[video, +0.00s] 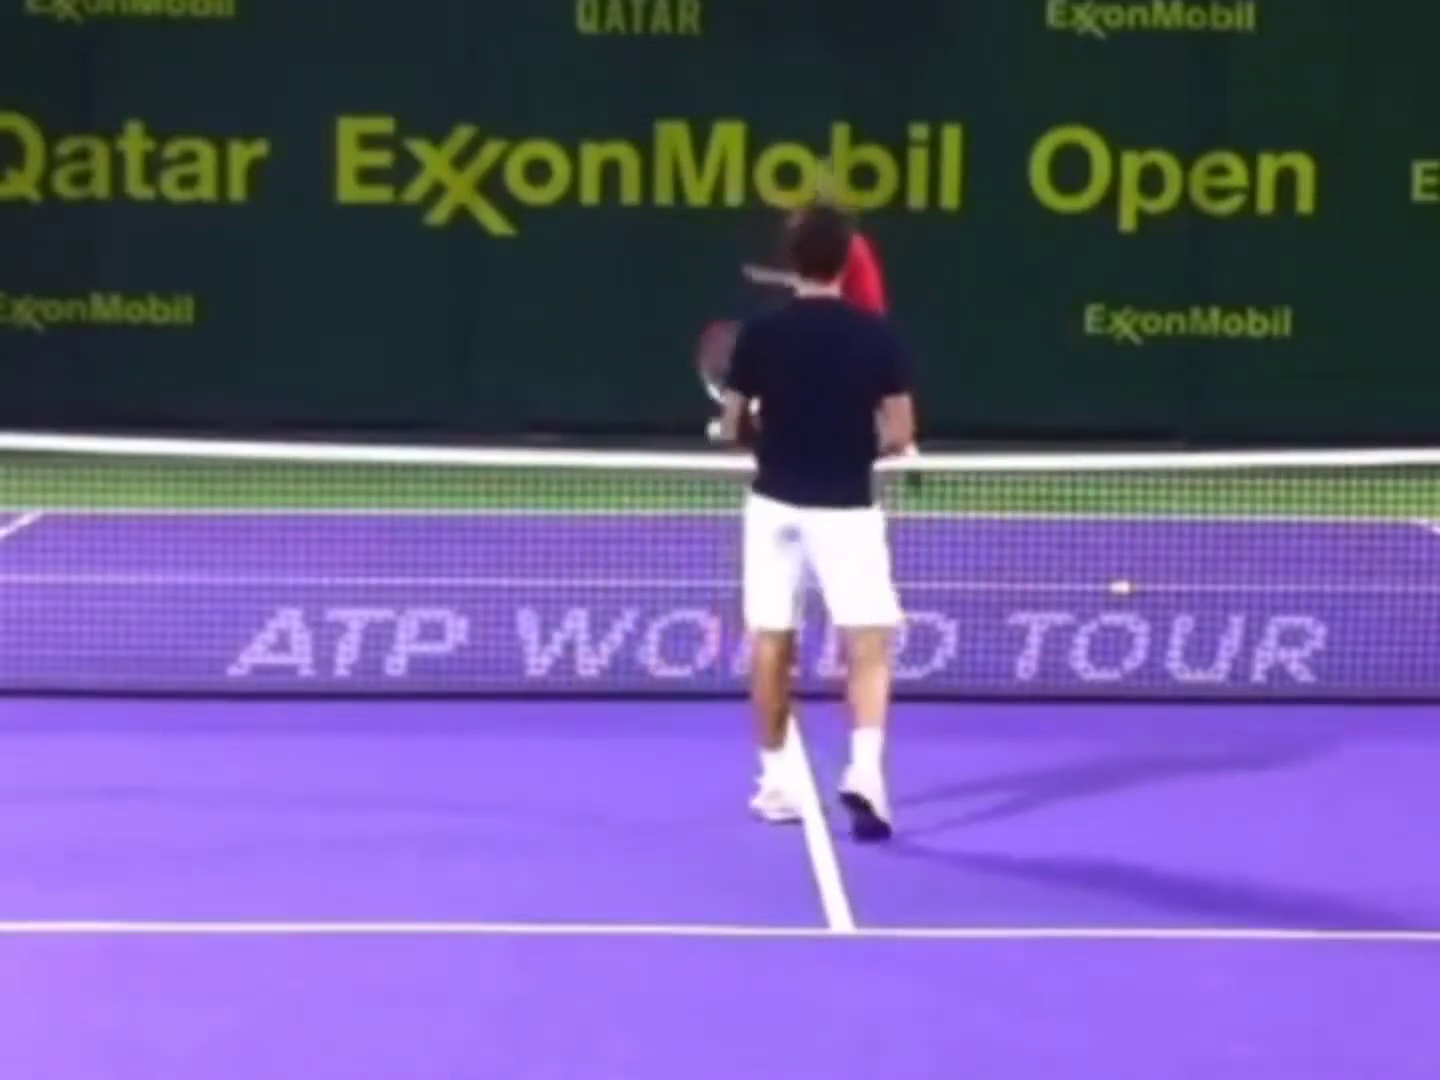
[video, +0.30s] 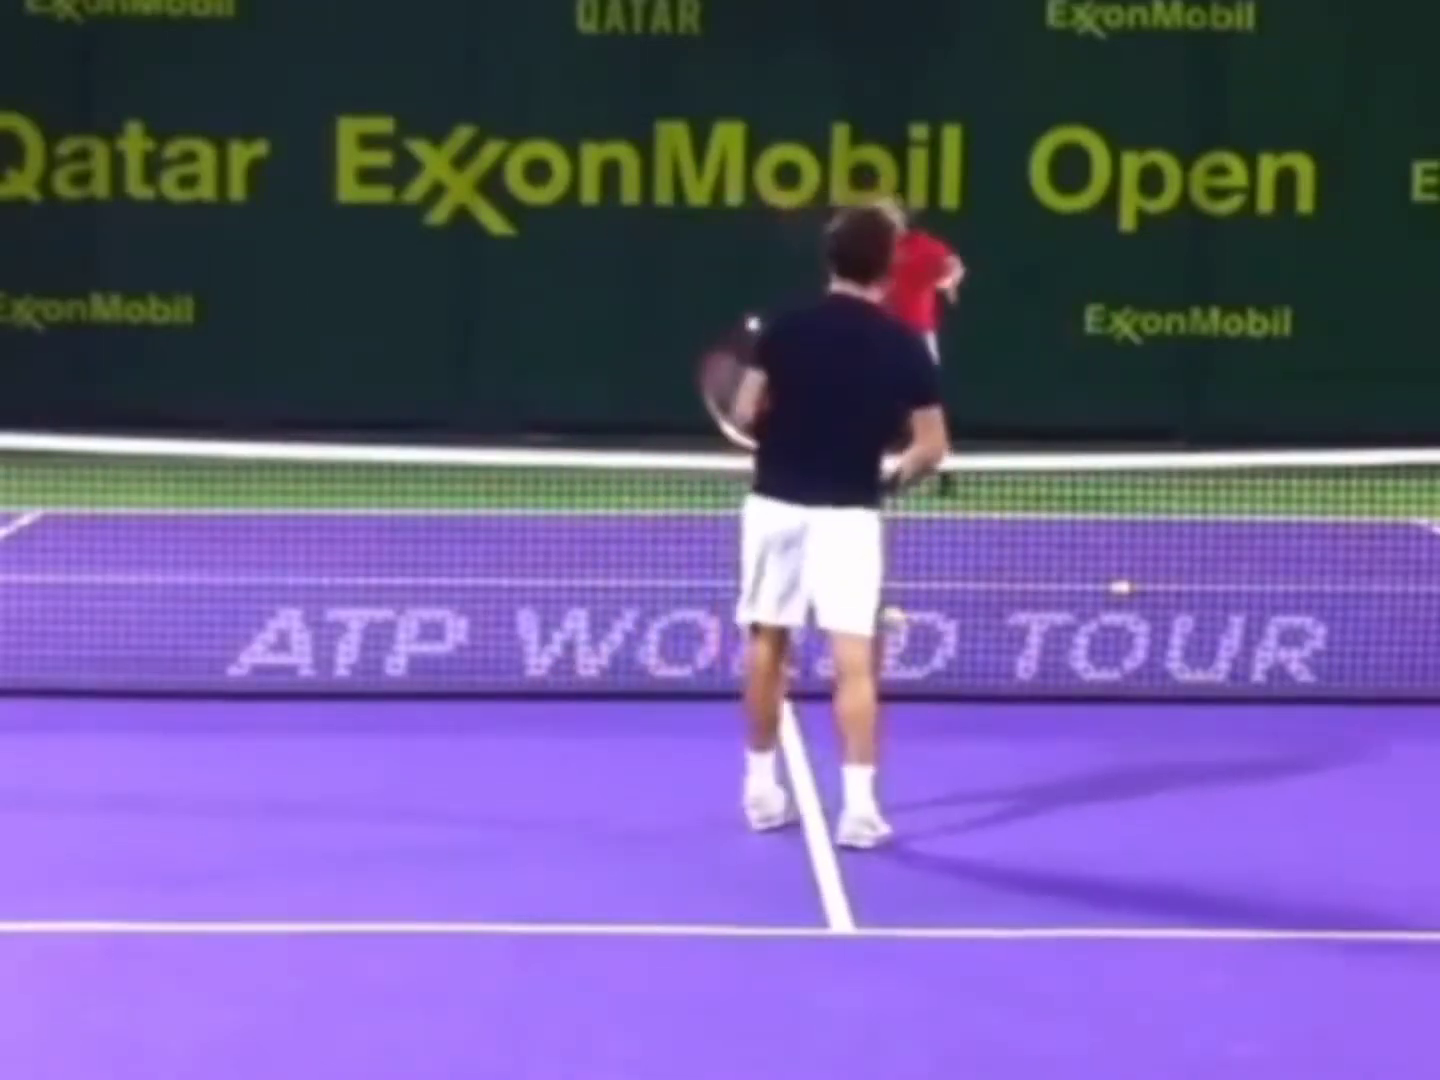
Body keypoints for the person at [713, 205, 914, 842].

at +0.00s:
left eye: (800, 257)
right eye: (839, 254)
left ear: (790, 263)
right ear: (848, 262)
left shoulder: (761, 329)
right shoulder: (874, 334)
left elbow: (734, 418)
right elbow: (898, 431)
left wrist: (769, 428)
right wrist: (851, 444)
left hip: (772, 502)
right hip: (845, 508)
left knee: (770, 639)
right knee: (870, 638)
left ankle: (779, 775)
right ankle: (864, 767)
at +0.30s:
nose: (893, 271)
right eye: (893, 260)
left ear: (828, 262)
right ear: (886, 267)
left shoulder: (786, 326)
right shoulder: (900, 343)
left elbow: (745, 411)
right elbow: (930, 445)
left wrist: (784, 439)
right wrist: (885, 471)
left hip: (774, 505)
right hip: (850, 513)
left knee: (766, 645)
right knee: (854, 660)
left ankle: (761, 784)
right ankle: (860, 803)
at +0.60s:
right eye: (844, 265)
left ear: (794, 264)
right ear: (849, 271)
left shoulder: (751, 327)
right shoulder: (867, 340)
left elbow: (710, 413)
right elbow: (899, 442)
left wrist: (757, 426)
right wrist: (870, 477)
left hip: (749, 511)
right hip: (826, 516)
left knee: (720, 655)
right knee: (848, 659)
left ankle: (694, 794)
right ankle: (859, 806)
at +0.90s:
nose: (784, 274)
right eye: (786, 265)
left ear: (731, 264)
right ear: (786, 271)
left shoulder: (688, 324)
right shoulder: (787, 339)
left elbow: (623, 408)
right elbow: (816, 446)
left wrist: (669, 445)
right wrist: (873, 480)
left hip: (683, 518)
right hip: (758, 523)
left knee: (684, 664)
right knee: (794, 657)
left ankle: (680, 815)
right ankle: (826, 800)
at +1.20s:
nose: (778, 281)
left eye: (775, 269)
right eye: (779, 272)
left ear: (720, 258)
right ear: (769, 276)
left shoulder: (661, 315)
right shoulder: (760, 342)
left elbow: (589, 389)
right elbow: (784, 441)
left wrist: (631, 432)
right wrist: (827, 486)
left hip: (650, 516)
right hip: (721, 521)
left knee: (660, 672)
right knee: (734, 668)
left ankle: (676, 815)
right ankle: (724, 813)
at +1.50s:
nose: (765, 287)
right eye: (767, 278)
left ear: (707, 268)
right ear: (764, 285)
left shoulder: (654, 323)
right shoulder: (765, 358)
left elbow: (596, 408)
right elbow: (763, 450)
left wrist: (652, 413)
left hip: (633, 523)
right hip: (707, 530)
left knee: (649, 676)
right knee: (697, 683)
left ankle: (665, 811)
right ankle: (690, 827)